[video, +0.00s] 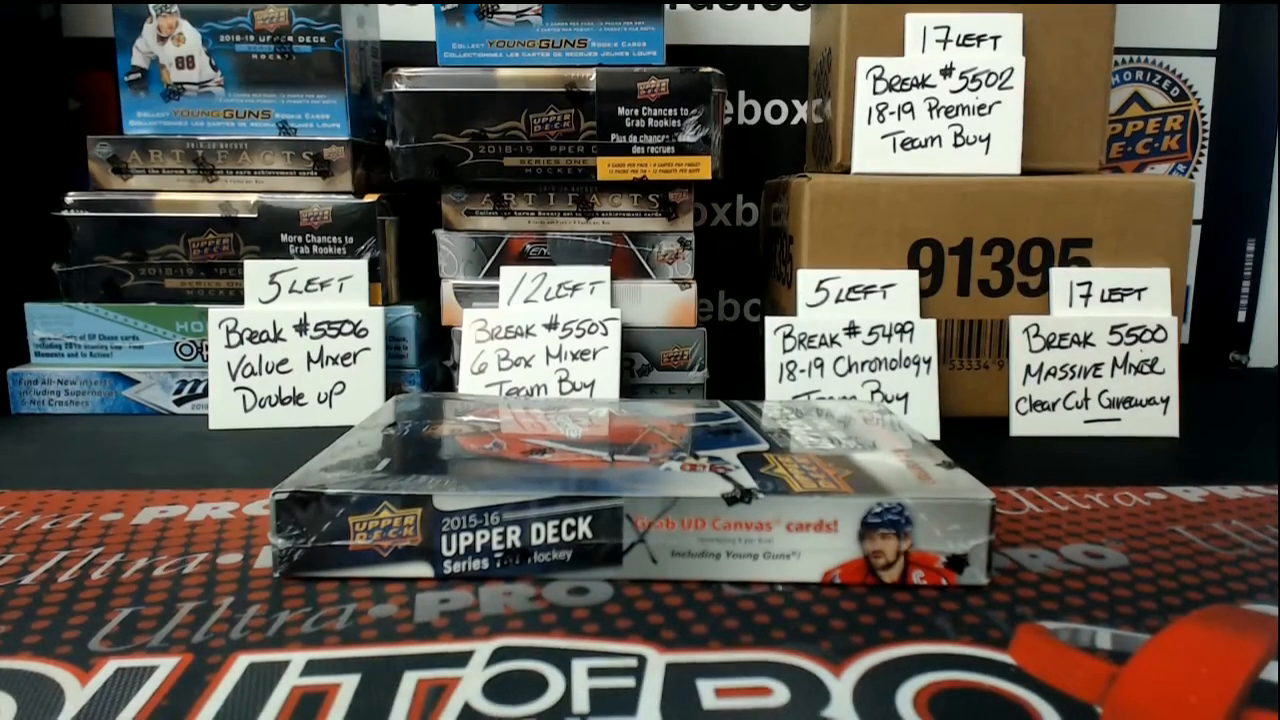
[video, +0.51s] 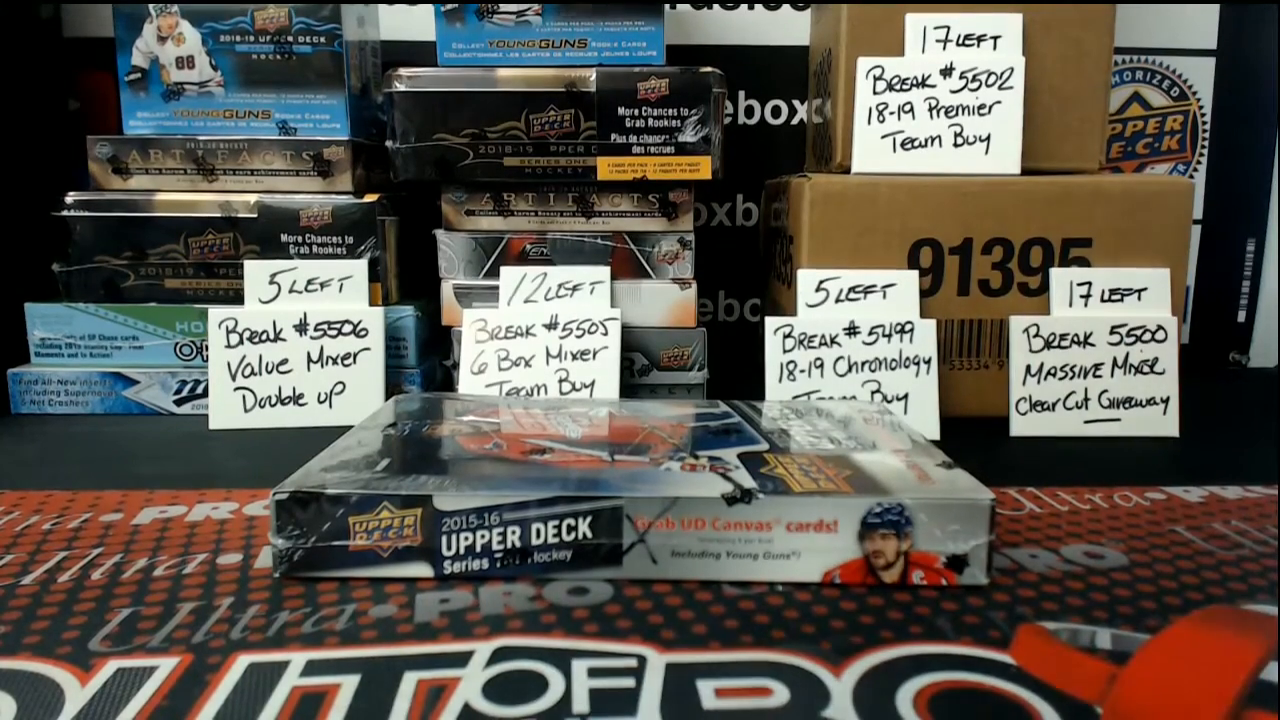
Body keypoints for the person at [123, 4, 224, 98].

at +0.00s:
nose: (170, 23)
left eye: (173, 17)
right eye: (164, 18)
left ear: (178, 17)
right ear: (156, 20)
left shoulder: (186, 36)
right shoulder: (150, 28)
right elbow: (142, 50)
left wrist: (178, 89)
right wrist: (137, 72)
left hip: (208, 84)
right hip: (181, 84)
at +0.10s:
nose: (170, 22)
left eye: (173, 17)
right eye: (164, 18)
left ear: (178, 17)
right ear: (156, 20)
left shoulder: (186, 36)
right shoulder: (150, 28)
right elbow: (142, 50)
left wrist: (178, 89)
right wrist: (137, 72)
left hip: (208, 84)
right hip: (180, 83)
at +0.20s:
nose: (170, 23)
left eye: (173, 17)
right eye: (164, 18)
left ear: (178, 17)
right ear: (156, 20)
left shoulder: (186, 36)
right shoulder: (150, 28)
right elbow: (142, 50)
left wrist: (178, 88)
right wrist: (137, 72)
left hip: (208, 84)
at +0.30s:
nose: (170, 22)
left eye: (173, 17)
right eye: (164, 18)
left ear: (178, 17)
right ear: (156, 20)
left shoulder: (186, 36)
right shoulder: (150, 29)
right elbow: (142, 50)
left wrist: (178, 88)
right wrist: (137, 72)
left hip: (208, 84)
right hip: (181, 84)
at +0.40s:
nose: (170, 22)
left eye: (173, 17)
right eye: (164, 17)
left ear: (178, 17)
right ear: (156, 20)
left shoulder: (186, 36)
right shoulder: (150, 29)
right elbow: (142, 50)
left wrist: (178, 88)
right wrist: (137, 71)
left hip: (208, 84)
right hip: (180, 83)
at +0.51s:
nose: (170, 22)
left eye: (173, 17)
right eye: (164, 18)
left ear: (178, 17)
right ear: (156, 20)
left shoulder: (186, 36)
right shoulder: (150, 29)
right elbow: (142, 50)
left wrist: (178, 88)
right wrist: (137, 72)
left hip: (209, 84)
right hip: (181, 84)